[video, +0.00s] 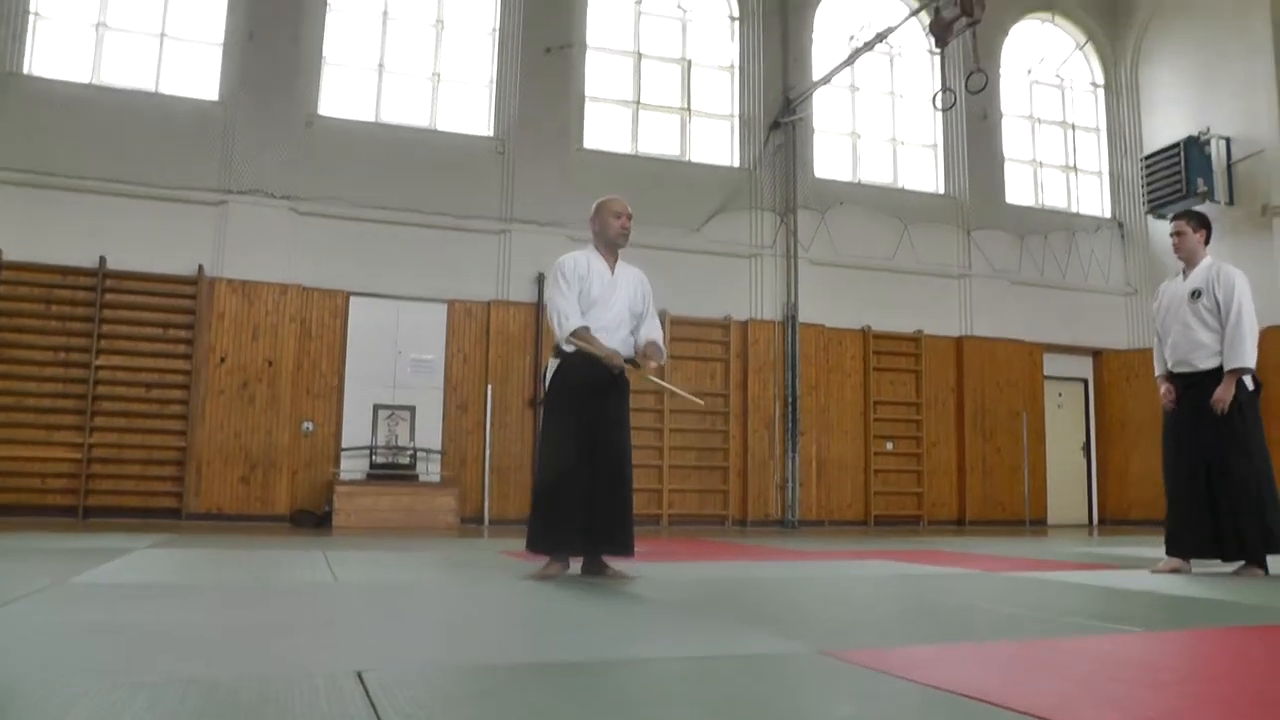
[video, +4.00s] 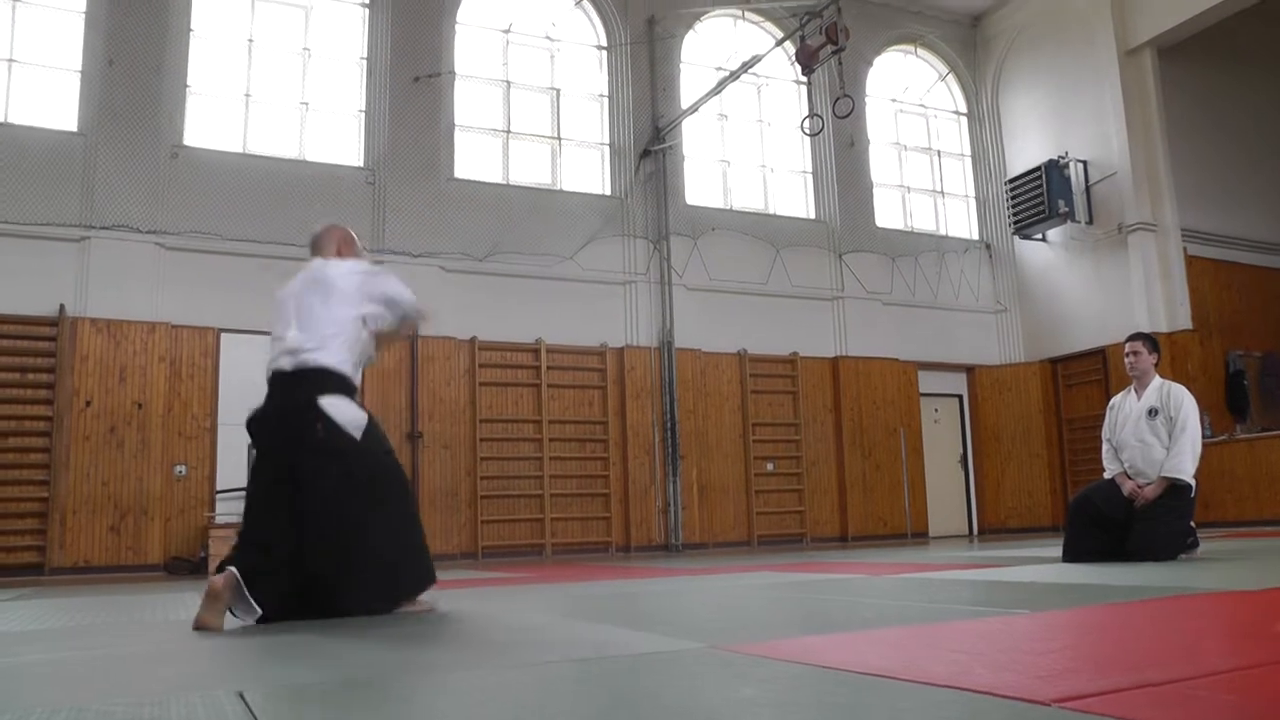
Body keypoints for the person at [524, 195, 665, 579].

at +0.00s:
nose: (627, 224)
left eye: (629, 219)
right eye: (618, 216)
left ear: (629, 228)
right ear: (595, 222)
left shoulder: (637, 278)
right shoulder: (570, 264)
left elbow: (649, 326)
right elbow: (565, 322)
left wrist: (651, 351)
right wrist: (601, 350)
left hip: (613, 375)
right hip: (574, 372)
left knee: (607, 464)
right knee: (563, 462)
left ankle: (595, 558)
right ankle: (559, 556)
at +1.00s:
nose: (502, 262)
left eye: (510, 255)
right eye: (496, 254)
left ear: (525, 257)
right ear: (486, 254)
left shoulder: (541, 299)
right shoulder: (466, 289)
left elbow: (579, 353)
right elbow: (431, 309)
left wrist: (553, 357)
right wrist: (438, 319)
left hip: (525, 405)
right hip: (481, 405)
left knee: (529, 490)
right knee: (480, 494)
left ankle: (554, 571)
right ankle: (503, 589)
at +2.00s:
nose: (478, 209)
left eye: (484, 203)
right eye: (468, 201)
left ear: (490, 213)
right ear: (447, 209)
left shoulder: (507, 265)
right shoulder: (423, 262)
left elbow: (531, 324)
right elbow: (390, 302)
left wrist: (520, 356)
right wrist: (374, 333)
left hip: (492, 371)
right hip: (441, 374)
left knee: (505, 470)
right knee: (453, 473)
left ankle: (533, 561)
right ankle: (478, 575)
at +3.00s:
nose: (369, 211)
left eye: (376, 203)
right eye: (366, 204)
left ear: (406, 205)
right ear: (370, 210)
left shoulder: (436, 254)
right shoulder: (362, 259)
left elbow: (479, 301)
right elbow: (323, 276)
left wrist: (451, 293)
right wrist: (296, 279)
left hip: (431, 376)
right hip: (386, 378)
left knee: (450, 469)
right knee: (382, 473)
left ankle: (488, 546)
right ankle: (412, 573)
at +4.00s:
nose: (361, 252)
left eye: (357, 246)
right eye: (357, 246)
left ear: (315, 253)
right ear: (343, 247)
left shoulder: (290, 287)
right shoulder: (359, 272)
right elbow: (410, 311)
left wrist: (367, 341)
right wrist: (380, 337)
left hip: (277, 403)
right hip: (328, 401)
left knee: (272, 504)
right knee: (387, 489)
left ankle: (230, 579)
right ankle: (399, 590)